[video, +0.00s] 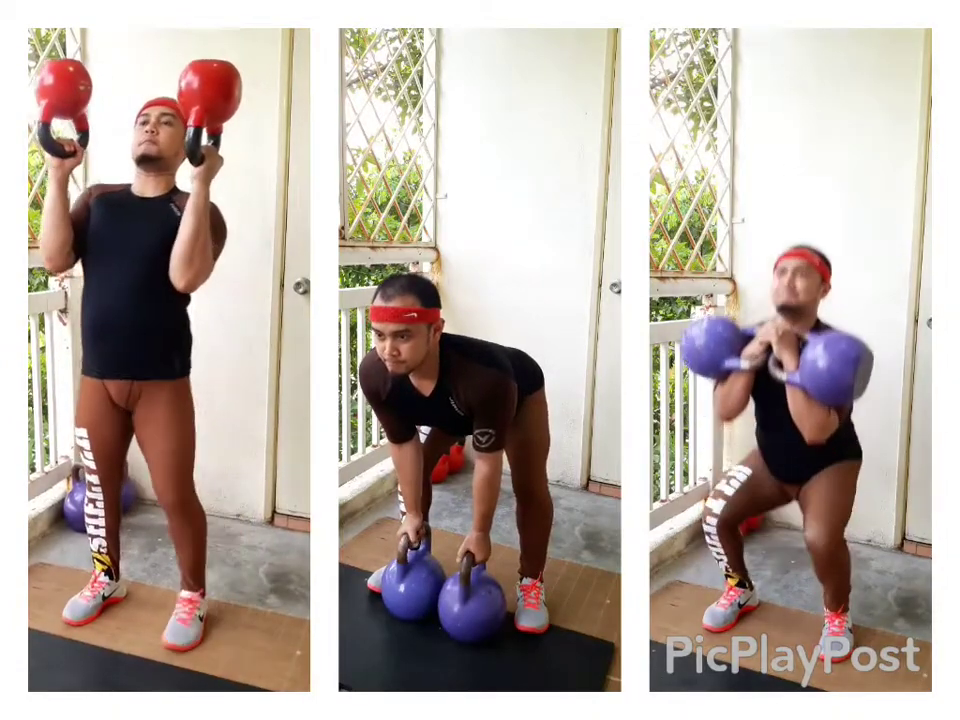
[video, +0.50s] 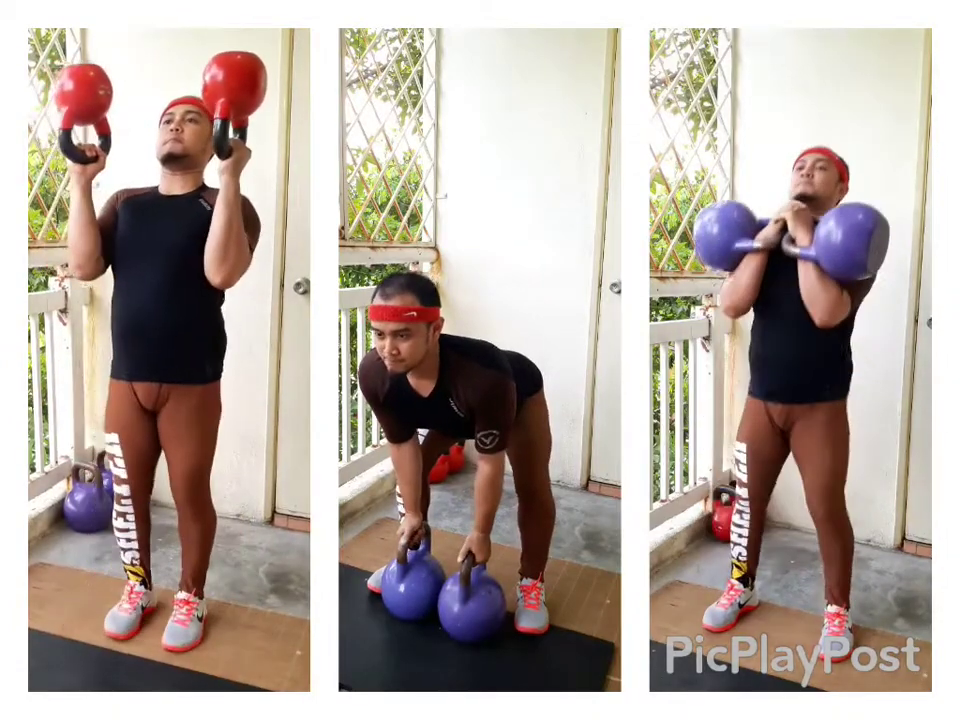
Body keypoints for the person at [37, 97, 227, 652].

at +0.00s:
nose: (149, 129)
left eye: (163, 123)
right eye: (142, 122)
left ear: (186, 144)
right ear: (130, 140)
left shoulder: (198, 212)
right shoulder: (97, 200)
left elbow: (186, 276)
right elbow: (55, 261)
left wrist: (199, 187)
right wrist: (58, 175)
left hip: (162, 380)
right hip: (97, 375)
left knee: (175, 495)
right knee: (101, 485)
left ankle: (192, 594)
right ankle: (105, 577)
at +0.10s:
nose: (158, 128)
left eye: (172, 122)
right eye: (151, 122)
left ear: (194, 141)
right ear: (139, 140)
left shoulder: (209, 211)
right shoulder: (106, 200)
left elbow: (196, 275)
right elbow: (64, 262)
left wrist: (206, 185)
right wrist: (66, 176)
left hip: (170, 382)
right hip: (106, 376)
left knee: (177, 497)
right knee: (104, 486)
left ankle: (190, 597)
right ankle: (106, 577)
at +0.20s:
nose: (165, 127)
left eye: (179, 121)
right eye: (157, 121)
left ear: (202, 140)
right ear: (146, 141)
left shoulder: (221, 210)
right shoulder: (115, 202)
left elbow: (207, 272)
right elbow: (72, 266)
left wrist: (213, 179)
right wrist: (74, 180)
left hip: (182, 383)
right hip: (117, 378)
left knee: (186, 496)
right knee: (104, 486)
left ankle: (190, 597)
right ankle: (107, 576)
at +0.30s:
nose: (170, 127)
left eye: (184, 119)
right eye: (162, 120)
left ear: (208, 139)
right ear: (152, 140)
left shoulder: (227, 206)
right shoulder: (122, 201)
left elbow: (216, 270)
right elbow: (82, 265)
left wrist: (222, 176)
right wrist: (78, 183)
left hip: (189, 382)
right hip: (123, 377)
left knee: (189, 496)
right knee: (109, 487)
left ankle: (190, 597)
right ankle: (117, 576)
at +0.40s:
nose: (173, 127)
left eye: (188, 120)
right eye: (165, 121)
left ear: (212, 139)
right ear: (155, 140)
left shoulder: (232, 207)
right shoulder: (125, 201)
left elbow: (222, 270)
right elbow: (85, 266)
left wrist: (226, 178)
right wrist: (82, 183)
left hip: (191, 381)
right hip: (125, 376)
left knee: (190, 495)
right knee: (121, 490)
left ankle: (190, 597)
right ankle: (131, 582)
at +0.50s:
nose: (174, 127)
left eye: (190, 121)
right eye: (167, 121)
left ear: (213, 140)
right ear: (156, 140)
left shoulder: (231, 207)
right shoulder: (125, 202)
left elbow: (222, 272)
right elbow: (84, 266)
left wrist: (228, 179)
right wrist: (82, 182)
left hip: (191, 379)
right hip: (126, 375)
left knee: (189, 493)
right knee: (131, 490)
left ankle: (190, 597)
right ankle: (136, 586)